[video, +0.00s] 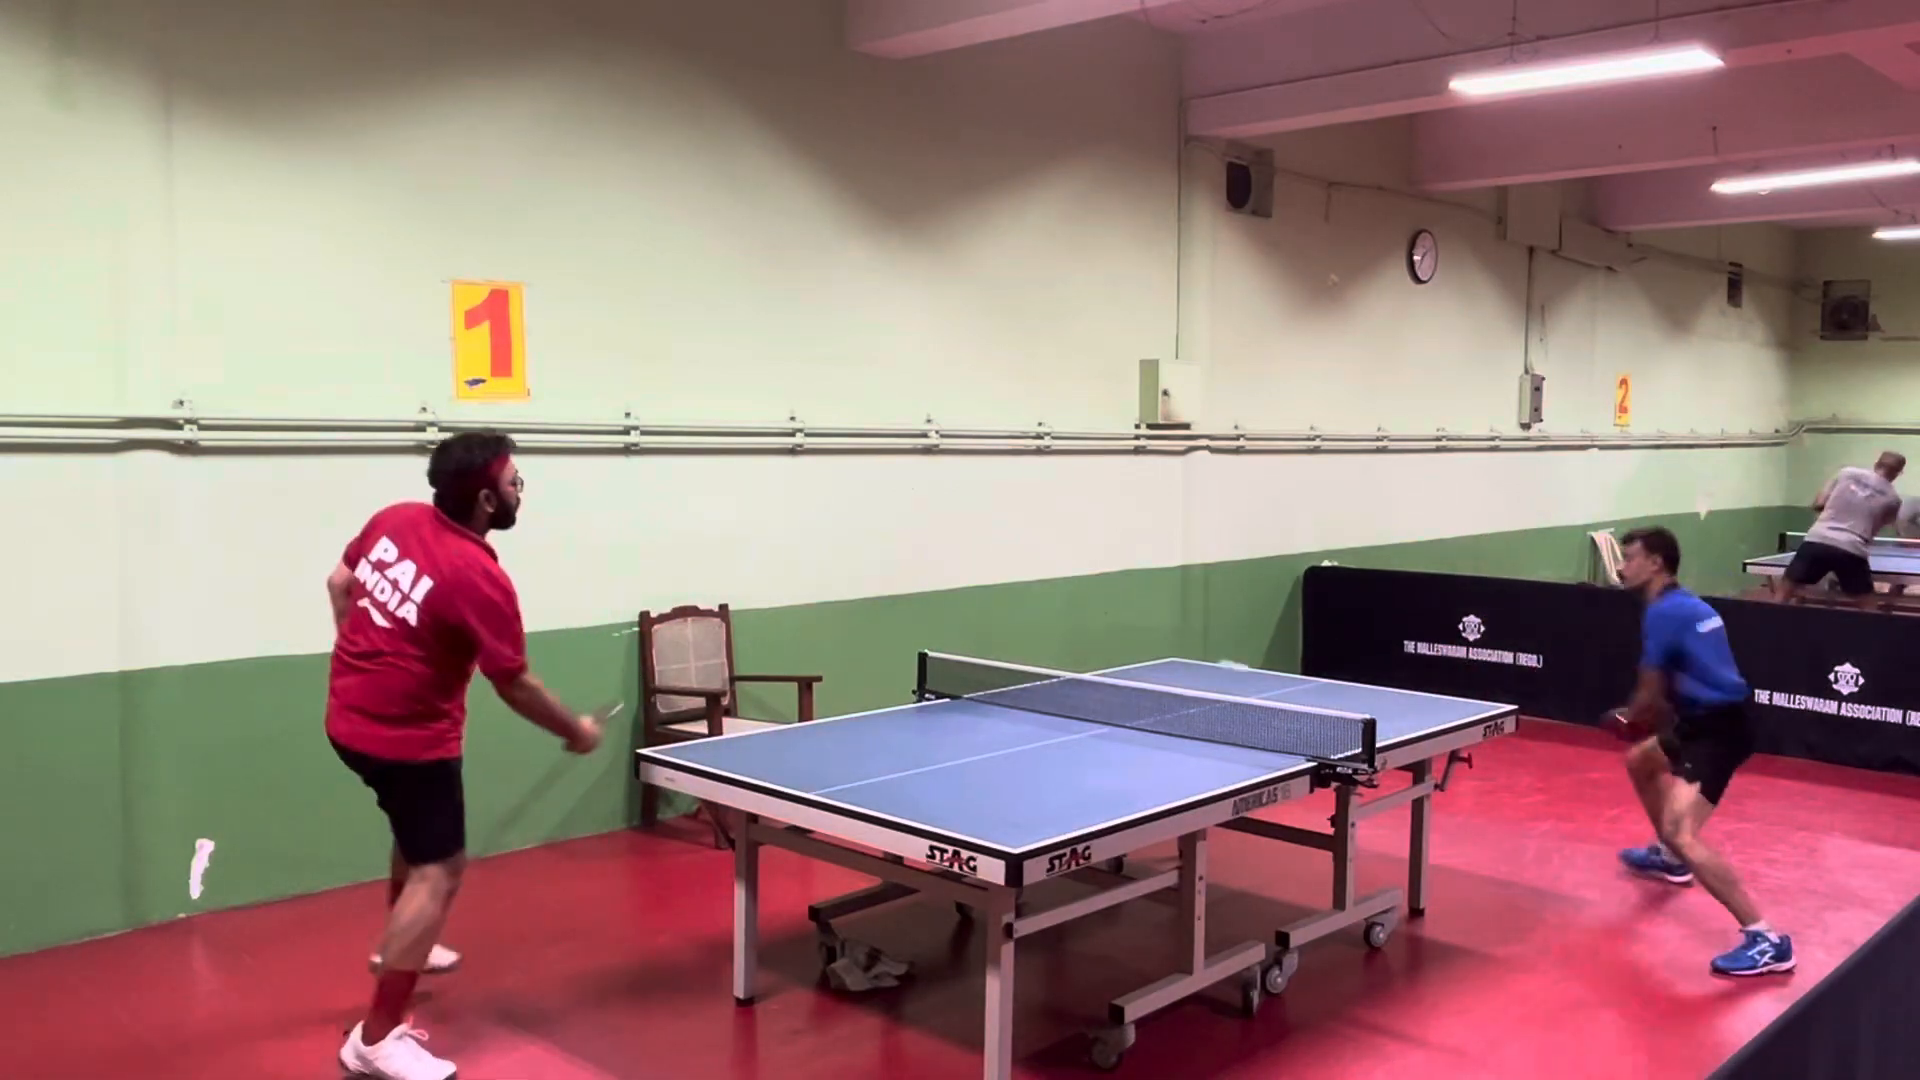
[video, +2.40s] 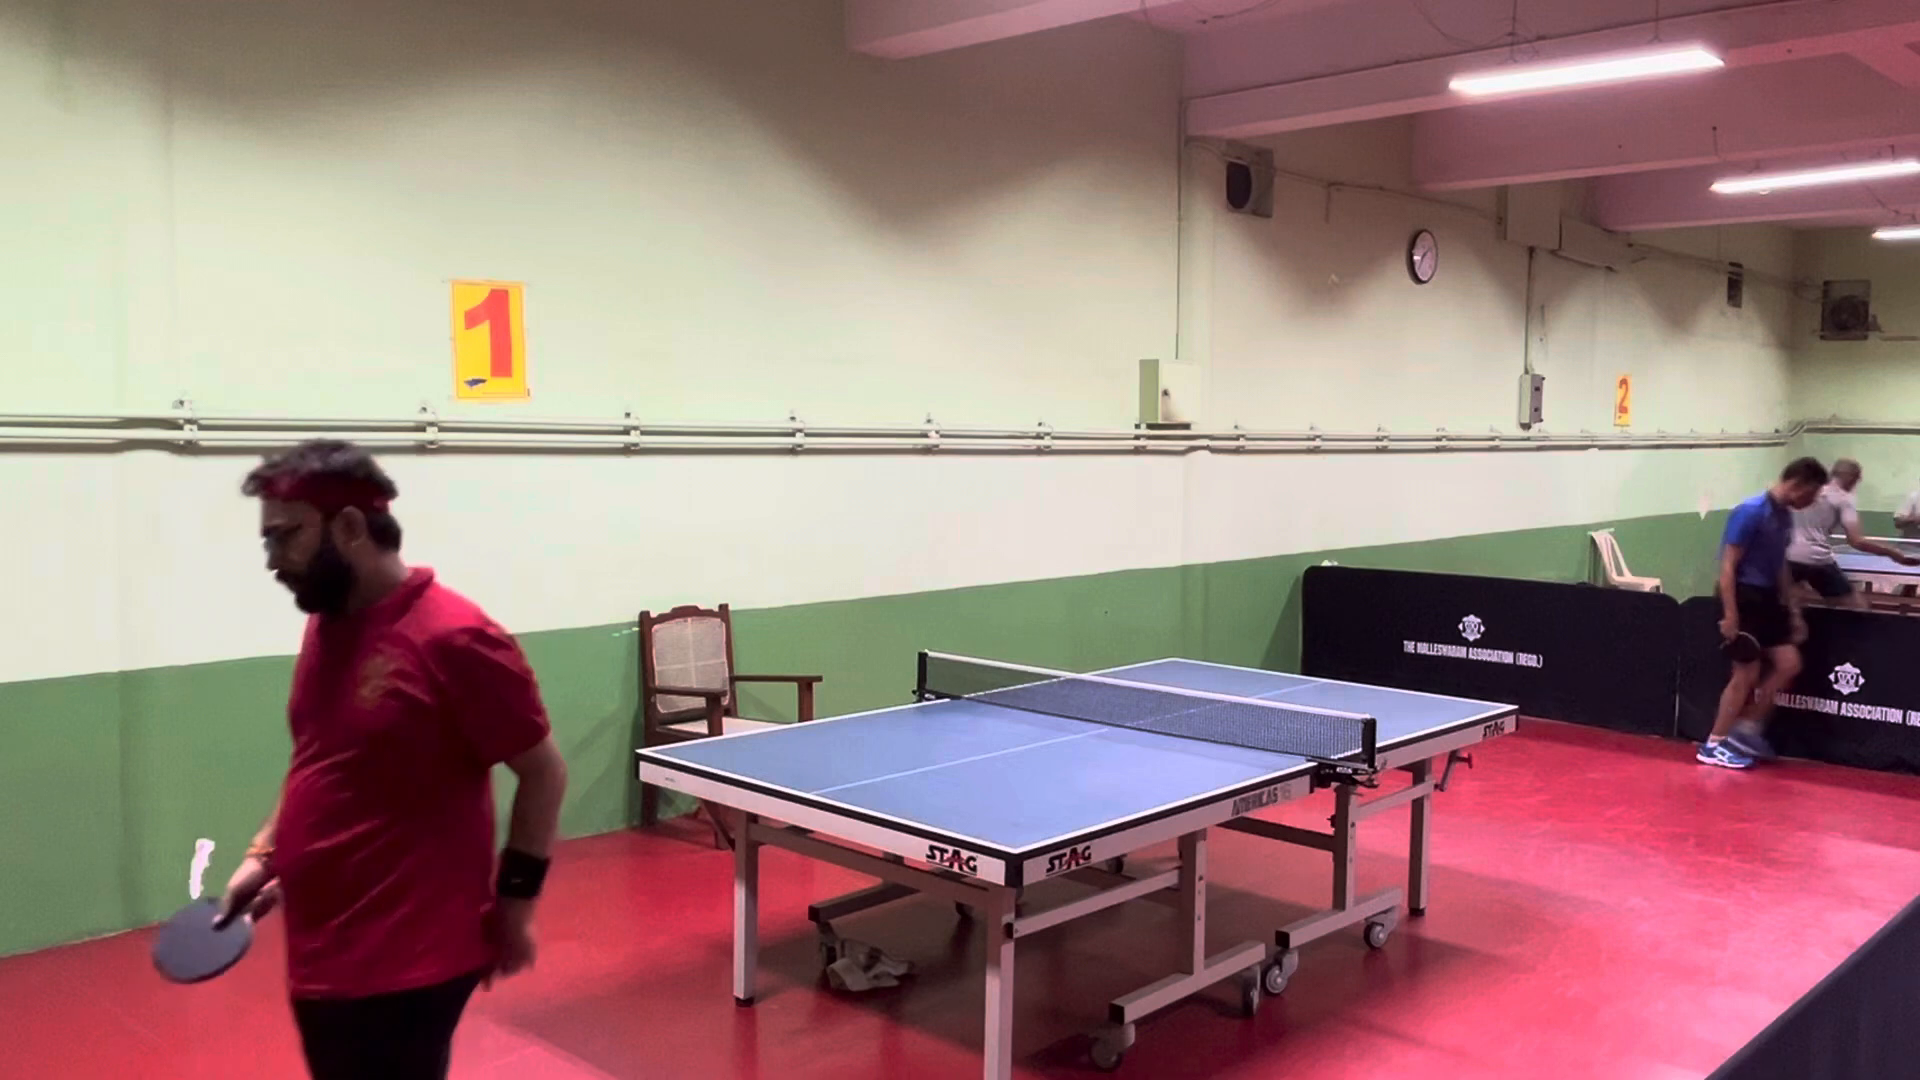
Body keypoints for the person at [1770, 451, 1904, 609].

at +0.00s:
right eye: (1898, 472)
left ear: (1876, 463)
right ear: (1898, 473)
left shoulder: (1846, 473)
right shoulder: (1893, 500)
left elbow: (1819, 503)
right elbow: (1875, 528)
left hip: (1815, 545)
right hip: (1851, 554)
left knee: (1783, 593)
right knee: (1868, 609)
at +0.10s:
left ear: (1871, 465)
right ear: (1892, 472)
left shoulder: (1843, 476)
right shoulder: (1892, 498)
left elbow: (1818, 507)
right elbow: (1879, 537)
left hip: (1817, 547)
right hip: (1852, 554)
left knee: (1789, 597)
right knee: (1869, 609)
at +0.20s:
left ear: (1861, 466)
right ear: (1883, 473)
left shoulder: (1835, 481)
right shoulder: (1885, 498)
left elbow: (1815, 514)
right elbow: (1885, 541)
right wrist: (1868, 553)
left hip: (1816, 549)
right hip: (1851, 556)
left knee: (1789, 596)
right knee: (1866, 607)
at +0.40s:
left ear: (1835, 467)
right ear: (1858, 472)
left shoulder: (1811, 484)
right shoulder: (1864, 494)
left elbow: (1795, 520)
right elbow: (1872, 538)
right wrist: (1856, 555)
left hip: (1802, 554)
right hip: (1836, 559)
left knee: (1784, 600)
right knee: (1858, 605)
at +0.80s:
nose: (1848, 476)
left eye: (1848, 473)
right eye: (1848, 473)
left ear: (1824, 468)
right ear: (1845, 473)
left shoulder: (1798, 484)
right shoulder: (1850, 491)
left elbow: (1784, 520)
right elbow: (1860, 531)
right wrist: (1858, 548)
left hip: (1794, 555)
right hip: (1829, 557)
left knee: (1772, 603)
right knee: (1852, 608)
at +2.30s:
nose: (1842, 479)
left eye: (1843, 475)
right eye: (1843, 475)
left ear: (1819, 469)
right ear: (1839, 474)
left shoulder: (1794, 483)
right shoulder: (1836, 493)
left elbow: (1767, 516)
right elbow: (1845, 539)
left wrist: (1783, 526)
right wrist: (1872, 555)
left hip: (1777, 553)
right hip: (1809, 556)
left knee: (1758, 602)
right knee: (1839, 603)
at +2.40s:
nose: (1856, 484)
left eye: (1857, 480)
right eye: (1856, 480)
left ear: (1833, 474)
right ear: (1851, 478)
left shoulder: (1810, 489)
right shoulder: (1843, 498)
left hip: (1789, 557)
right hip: (1817, 560)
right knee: (1854, 608)